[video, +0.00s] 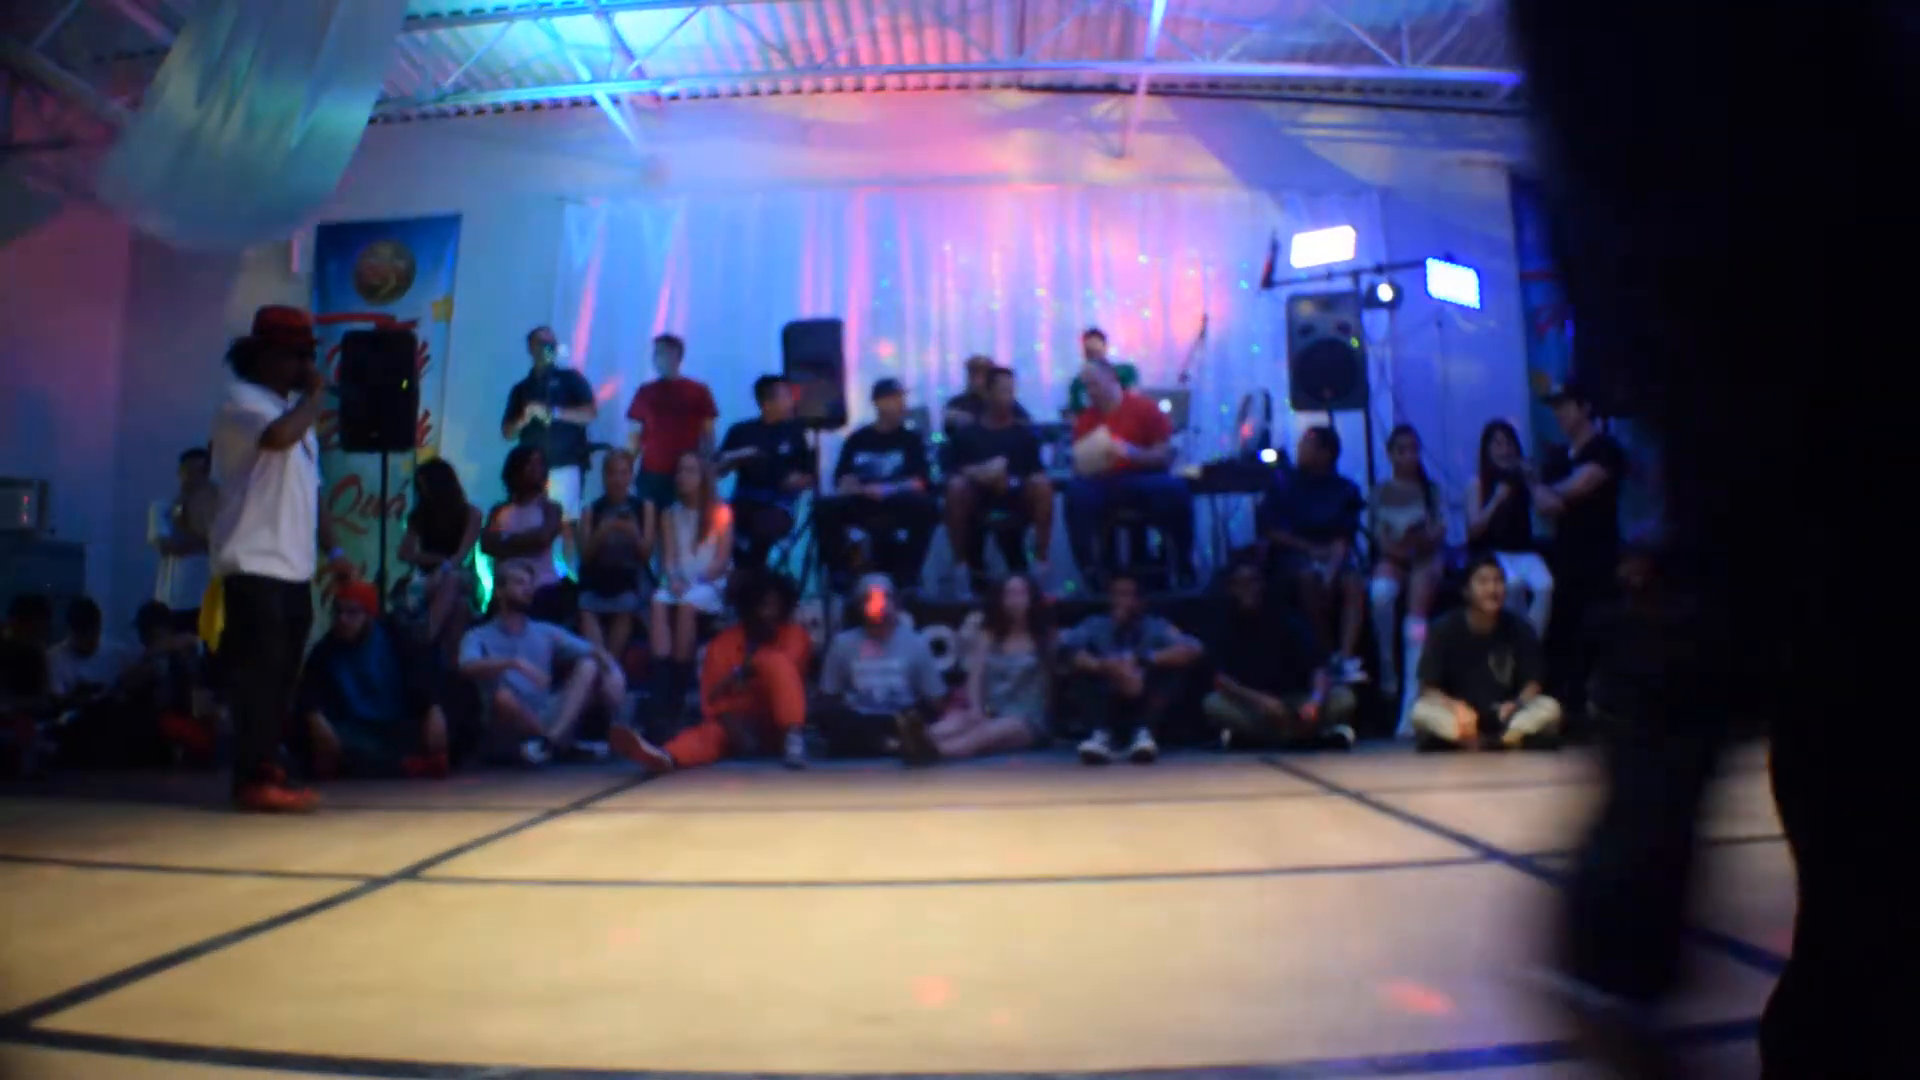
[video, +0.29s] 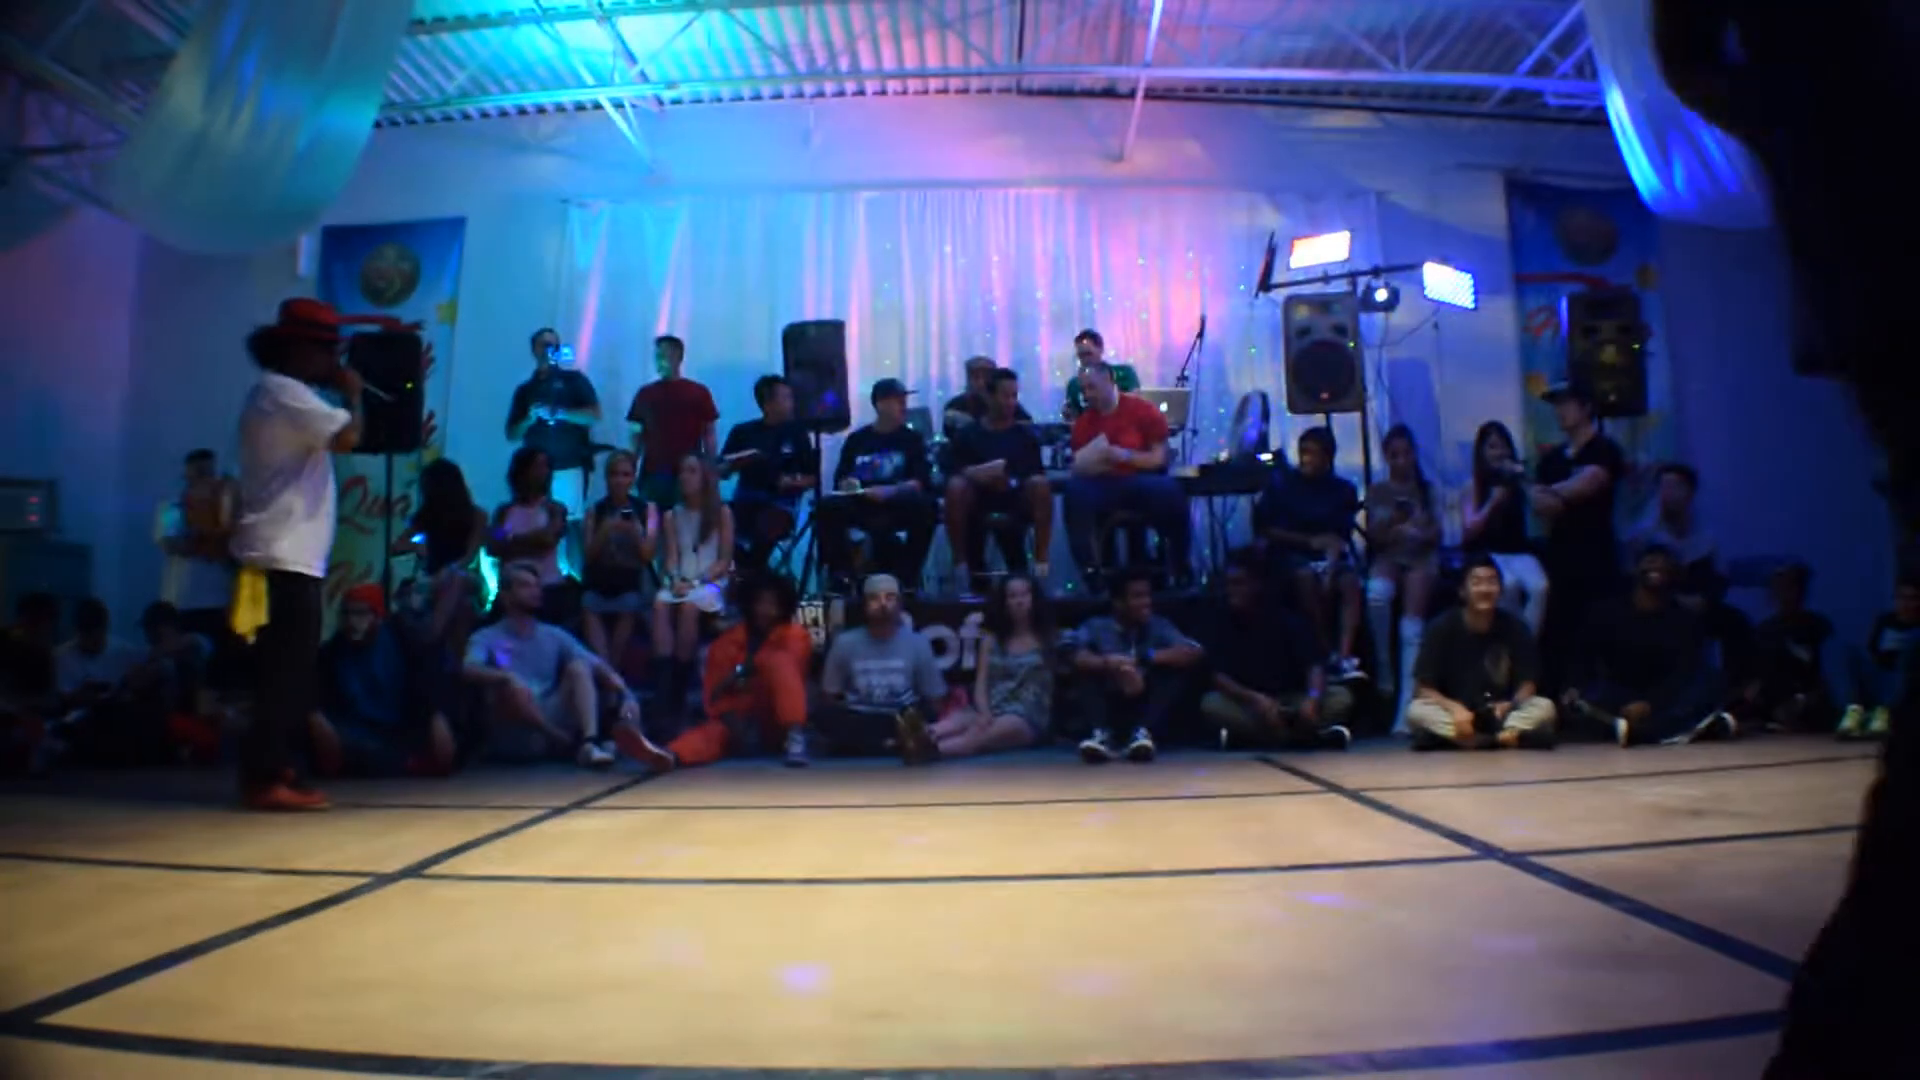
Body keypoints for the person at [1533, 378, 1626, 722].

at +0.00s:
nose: (1562, 419)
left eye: (1567, 411)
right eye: (1559, 413)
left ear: (1584, 411)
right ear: (1557, 416)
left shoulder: (1606, 450)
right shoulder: (1561, 455)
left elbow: (1577, 488)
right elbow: (1538, 491)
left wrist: (1545, 491)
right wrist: (1547, 502)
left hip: (1597, 555)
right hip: (1566, 555)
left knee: (1592, 627)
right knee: (1564, 629)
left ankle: (1590, 701)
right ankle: (1565, 701)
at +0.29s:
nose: (1562, 412)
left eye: (1568, 405)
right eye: (1559, 406)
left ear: (1586, 409)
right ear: (1556, 412)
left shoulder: (1605, 450)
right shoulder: (1552, 457)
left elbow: (1585, 485)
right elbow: (1539, 500)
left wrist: (1547, 490)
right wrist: (1568, 495)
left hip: (1596, 551)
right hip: (1560, 554)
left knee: (1595, 623)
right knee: (1560, 626)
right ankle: (1558, 688)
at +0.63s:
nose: (1567, 409)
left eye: (1574, 402)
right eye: (1563, 403)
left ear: (1590, 407)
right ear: (1558, 409)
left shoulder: (1611, 452)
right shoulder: (1551, 454)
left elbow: (1595, 491)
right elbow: (1537, 500)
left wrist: (1555, 491)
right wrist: (1578, 496)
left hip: (1599, 553)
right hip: (1560, 554)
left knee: (1597, 629)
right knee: (1557, 631)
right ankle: (1557, 700)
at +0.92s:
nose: (1572, 412)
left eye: (1578, 406)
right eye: (1566, 406)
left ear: (1594, 410)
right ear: (1561, 411)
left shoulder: (1614, 454)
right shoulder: (1550, 455)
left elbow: (1604, 493)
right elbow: (1538, 504)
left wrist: (1558, 493)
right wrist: (1588, 495)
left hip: (1601, 555)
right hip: (1562, 557)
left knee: (1601, 632)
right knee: (1559, 634)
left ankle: (1601, 705)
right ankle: (1566, 704)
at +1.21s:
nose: (1570, 418)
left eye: (1575, 411)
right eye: (1562, 413)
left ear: (1586, 415)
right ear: (1554, 418)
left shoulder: (1608, 455)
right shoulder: (1542, 462)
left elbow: (1608, 496)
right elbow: (1540, 510)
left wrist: (1557, 498)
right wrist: (1588, 502)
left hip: (1601, 558)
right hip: (1561, 561)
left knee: (1605, 630)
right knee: (1562, 635)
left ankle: (1605, 702)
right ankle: (1567, 703)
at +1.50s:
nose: (1567, 422)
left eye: (1571, 414)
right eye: (1559, 416)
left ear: (1580, 417)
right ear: (1549, 422)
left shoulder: (1604, 455)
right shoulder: (1538, 465)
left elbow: (1610, 494)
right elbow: (1540, 515)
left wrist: (1559, 500)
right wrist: (1590, 501)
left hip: (1598, 558)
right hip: (1558, 561)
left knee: (1601, 627)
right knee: (1558, 631)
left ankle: (1604, 694)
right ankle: (1557, 693)